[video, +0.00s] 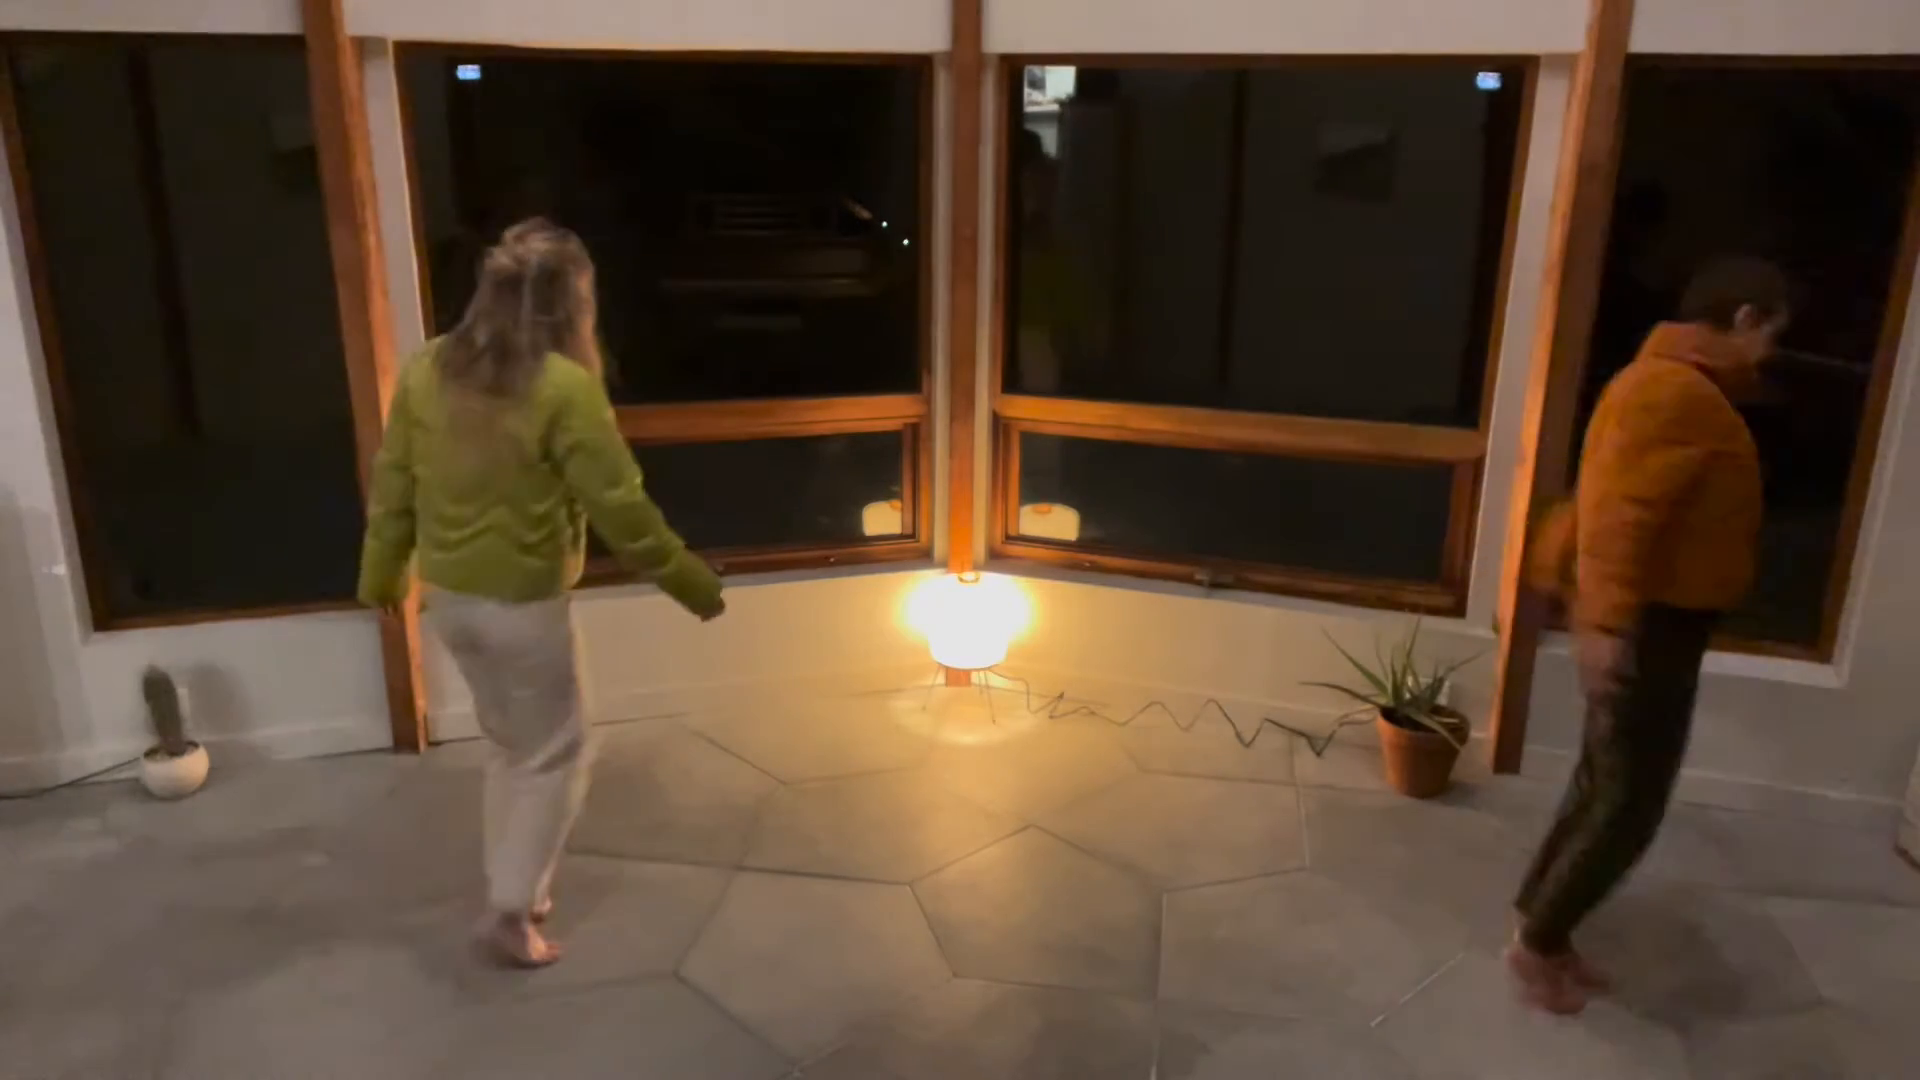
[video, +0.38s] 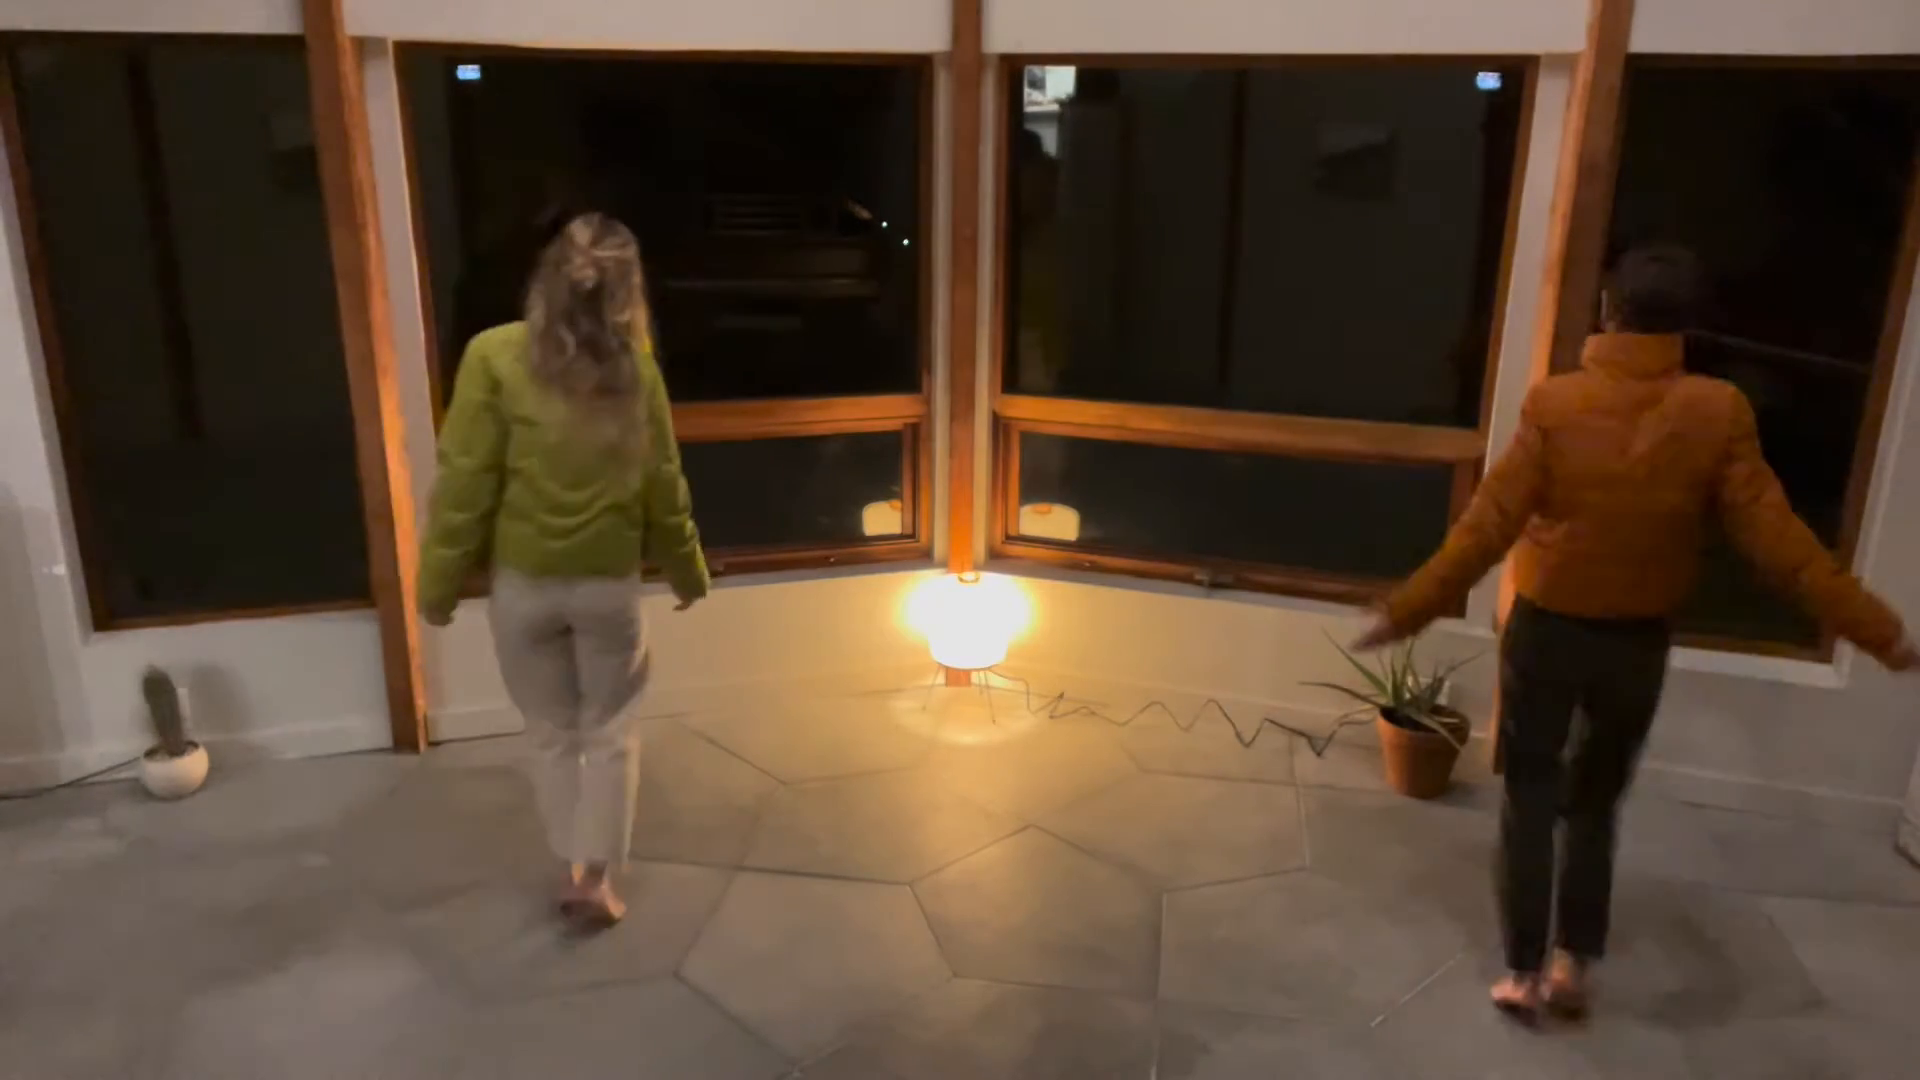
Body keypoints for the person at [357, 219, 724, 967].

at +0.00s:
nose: (592, 311)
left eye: (590, 298)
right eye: (587, 298)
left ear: (492, 292)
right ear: (565, 305)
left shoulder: (427, 368)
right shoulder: (565, 386)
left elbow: (393, 487)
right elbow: (619, 507)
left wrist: (378, 579)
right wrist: (693, 583)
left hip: (448, 601)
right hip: (523, 608)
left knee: (509, 747)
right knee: (554, 750)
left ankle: (513, 893)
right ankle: (513, 914)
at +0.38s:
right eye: (634, 289)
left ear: (545, 281)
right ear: (626, 295)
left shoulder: (494, 356)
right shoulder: (635, 364)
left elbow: (465, 484)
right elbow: (663, 481)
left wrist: (436, 586)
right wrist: (686, 568)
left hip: (525, 589)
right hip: (607, 589)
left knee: (550, 734)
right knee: (609, 727)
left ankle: (575, 871)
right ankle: (594, 877)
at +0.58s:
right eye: (660, 284)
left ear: (579, 277)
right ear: (652, 289)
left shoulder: (532, 356)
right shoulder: (662, 360)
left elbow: (489, 471)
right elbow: (693, 475)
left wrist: (389, 528)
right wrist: (716, 553)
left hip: (555, 583)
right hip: (638, 582)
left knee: (563, 711)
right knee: (637, 716)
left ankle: (588, 849)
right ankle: (640, 860)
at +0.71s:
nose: (684, 298)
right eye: (680, 287)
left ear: (602, 274)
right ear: (671, 290)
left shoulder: (549, 346)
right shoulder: (676, 361)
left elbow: (474, 441)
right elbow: (709, 468)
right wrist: (752, 533)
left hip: (563, 572)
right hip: (645, 571)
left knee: (582, 713)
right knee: (645, 704)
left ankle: (604, 849)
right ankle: (652, 848)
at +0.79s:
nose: (695, 297)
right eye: (691, 286)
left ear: (610, 272)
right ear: (681, 289)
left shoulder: (553, 344)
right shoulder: (682, 361)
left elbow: (452, 405)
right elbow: (718, 464)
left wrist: (374, 337)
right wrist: (774, 515)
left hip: (570, 569)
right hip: (651, 569)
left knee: (589, 712)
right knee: (657, 685)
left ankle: (605, 849)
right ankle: (656, 823)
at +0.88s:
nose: (700, 297)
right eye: (697, 285)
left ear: (617, 272)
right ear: (685, 288)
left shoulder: (557, 338)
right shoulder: (685, 355)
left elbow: (451, 380)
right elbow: (719, 458)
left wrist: (402, 303)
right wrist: (776, 503)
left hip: (575, 564)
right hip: (657, 564)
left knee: (592, 701)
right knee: (656, 688)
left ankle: (612, 827)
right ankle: (651, 823)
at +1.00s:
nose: (715, 297)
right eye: (708, 284)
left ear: (631, 273)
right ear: (698, 291)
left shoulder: (564, 333)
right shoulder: (701, 356)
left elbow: (468, 343)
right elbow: (726, 462)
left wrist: (454, 246)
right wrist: (793, 501)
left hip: (584, 553)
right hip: (665, 555)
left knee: (596, 681)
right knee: (664, 686)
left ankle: (604, 806)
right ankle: (665, 821)